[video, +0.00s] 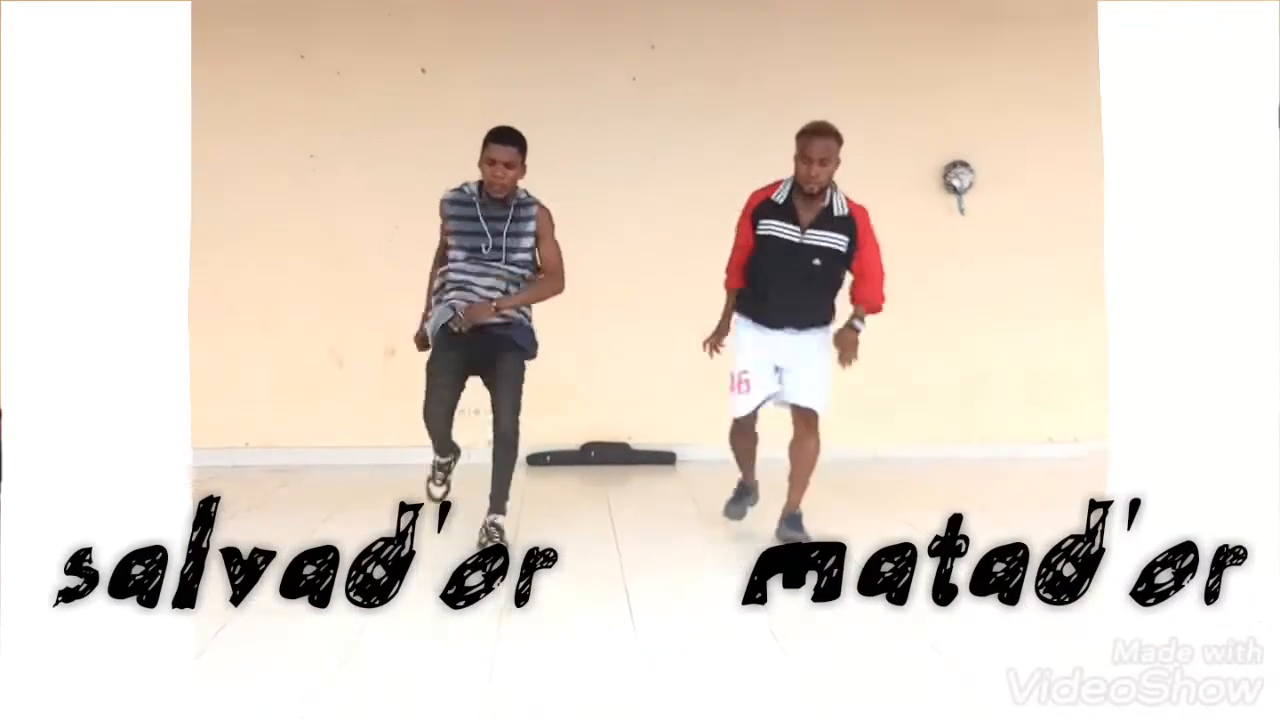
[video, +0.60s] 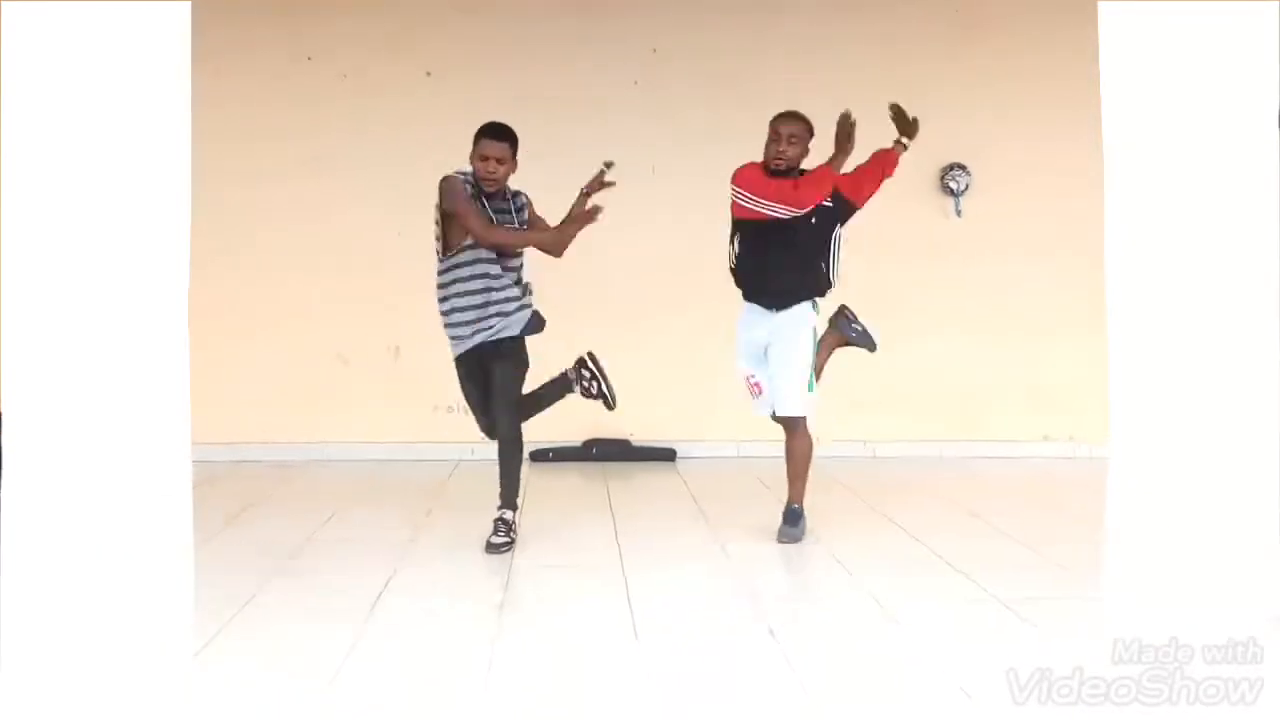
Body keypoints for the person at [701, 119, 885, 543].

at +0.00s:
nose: (813, 172)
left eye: (823, 164)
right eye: (806, 161)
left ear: (837, 165)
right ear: (794, 158)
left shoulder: (851, 217)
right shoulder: (762, 203)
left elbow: (870, 276)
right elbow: (739, 260)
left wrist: (853, 324)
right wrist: (727, 317)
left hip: (810, 335)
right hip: (755, 329)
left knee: (806, 421)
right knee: (742, 418)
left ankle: (792, 514)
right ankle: (747, 484)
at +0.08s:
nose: (819, 163)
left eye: (829, 155)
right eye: (813, 154)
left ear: (847, 161)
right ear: (804, 156)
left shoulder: (867, 216)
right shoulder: (774, 195)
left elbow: (874, 269)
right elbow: (747, 241)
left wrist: (841, 308)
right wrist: (721, 281)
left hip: (806, 330)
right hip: (750, 320)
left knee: (807, 422)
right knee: (729, 406)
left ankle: (796, 515)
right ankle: (724, 452)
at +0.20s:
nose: (798, 175)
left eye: (808, 169)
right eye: (793, 166)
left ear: (827, 174)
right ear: (785, 167)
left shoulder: (842, 228)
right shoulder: (768, 198)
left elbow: (831, 283)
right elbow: (725, 191)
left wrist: (784, 250)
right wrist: (683, 157)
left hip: (803, 329)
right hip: (756, 314)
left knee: (799, 426)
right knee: (699, 387)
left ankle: (797, 519)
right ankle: (701, 355)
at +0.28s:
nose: (791, 180)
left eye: (802, 172)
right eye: (786, 171)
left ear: (820, 175)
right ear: (778, 173)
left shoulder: (833, 221)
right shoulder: (766, 196)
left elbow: (803, 274)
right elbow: (716, 185)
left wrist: (761, 239)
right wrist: (682, 144)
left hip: (807, 332)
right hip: (760, 318)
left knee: (796, 425)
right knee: (697, 368)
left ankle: (793, 520)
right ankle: (695, 411)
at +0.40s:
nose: (795, 164)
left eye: (805, 156)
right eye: (787, 156)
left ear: (820, 162)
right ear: (777, 161)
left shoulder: (835, 224)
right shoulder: (757, 200)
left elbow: (828, 289)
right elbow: (731, 247)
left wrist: (817, 353)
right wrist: (705, 302)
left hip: (802, 337)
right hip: (755, 328)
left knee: (797, 430)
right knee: (731, 410)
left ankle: (789, 515)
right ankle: (725, 500)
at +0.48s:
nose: (793, 155)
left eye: (803, 147)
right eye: (786, 147)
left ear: (820, 153)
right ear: (777, 153)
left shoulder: (835, 216)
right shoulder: (757, 195)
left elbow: (856, 270)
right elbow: (756, 254)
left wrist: (883, 321)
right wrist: (775, 319)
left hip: (801, 329)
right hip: (752, 322)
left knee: (793, 422)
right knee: (758, 412)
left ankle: (791, 512)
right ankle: (821, 456)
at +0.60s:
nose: (780, 146)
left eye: (791, 141)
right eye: (774, 138)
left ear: (806, 150)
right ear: (765, 141)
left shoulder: (825, 194)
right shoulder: (746, 179)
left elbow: (867, 178)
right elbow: (797, 196)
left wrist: (900, 144)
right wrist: (839, 156)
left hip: (796, 312)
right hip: (754, 312)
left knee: (793, 415)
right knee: (777, 410)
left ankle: (794, 508)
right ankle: (835, 335)